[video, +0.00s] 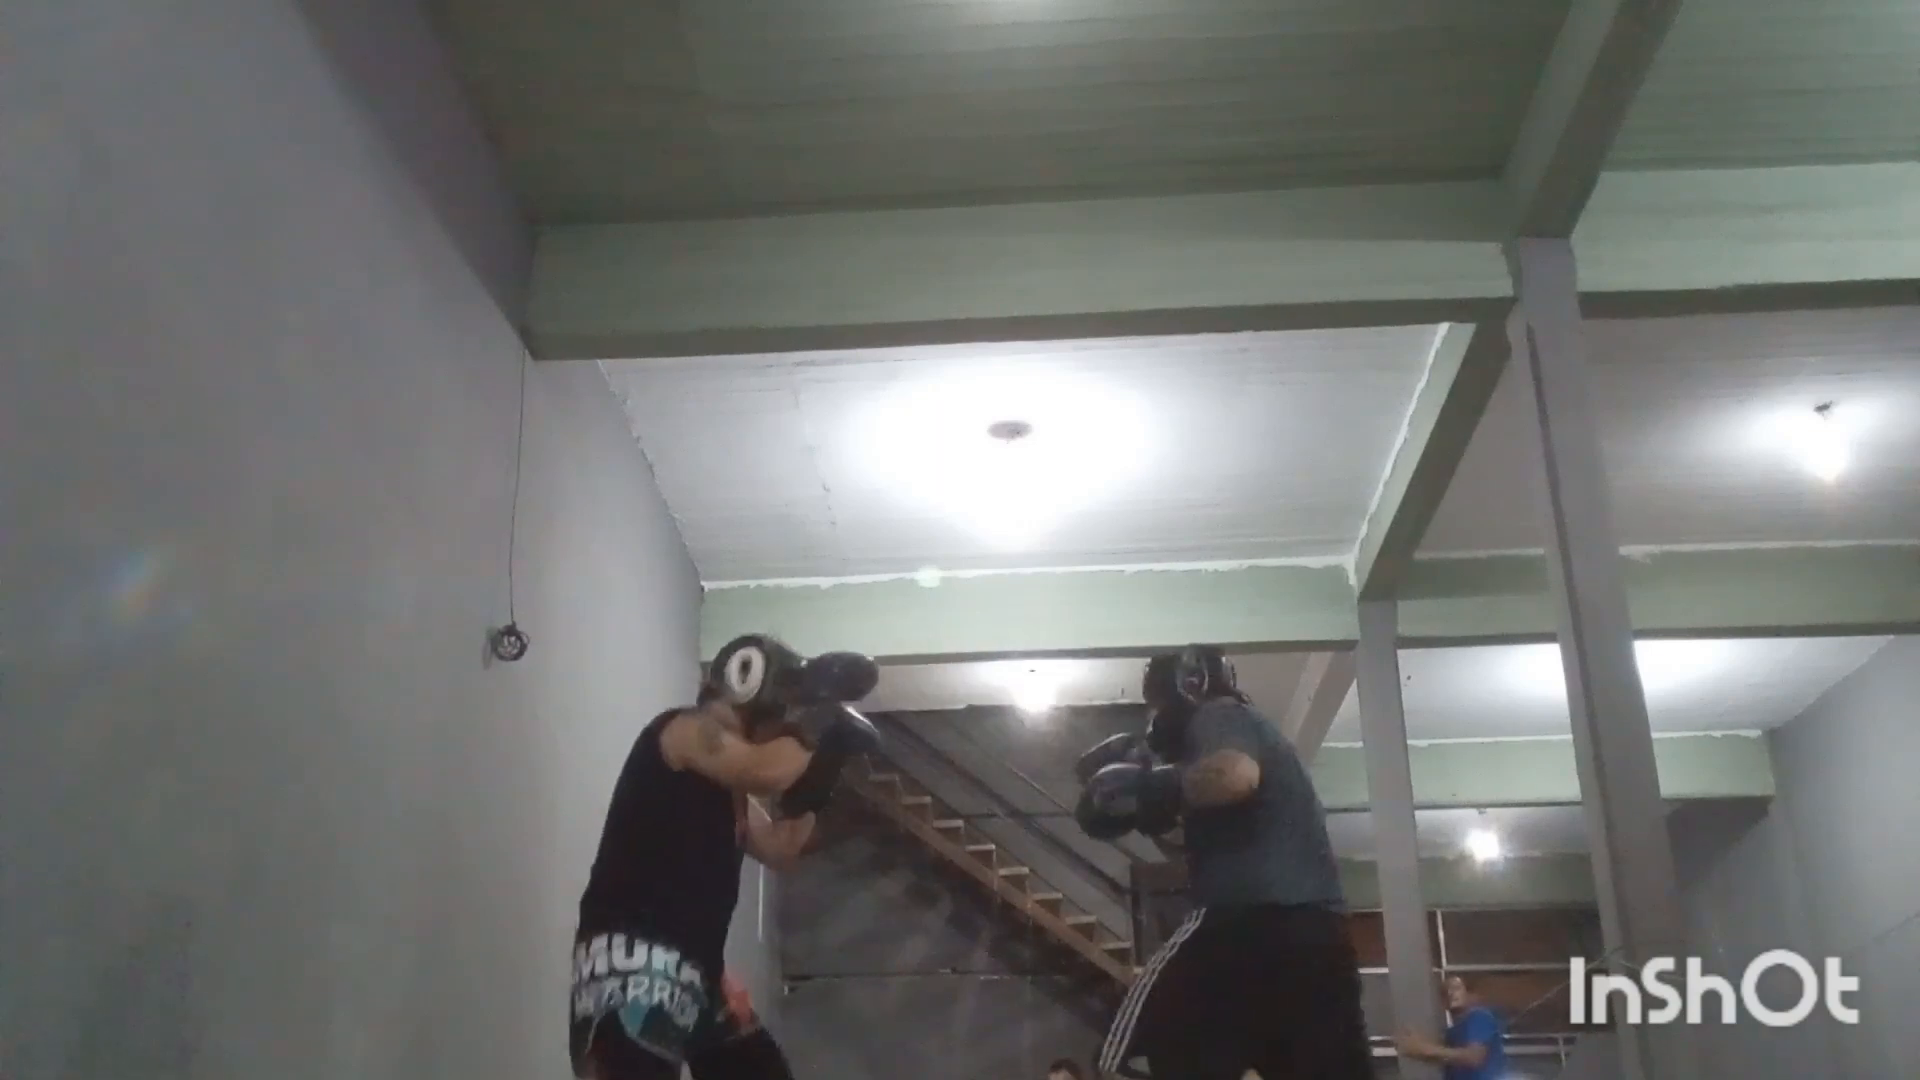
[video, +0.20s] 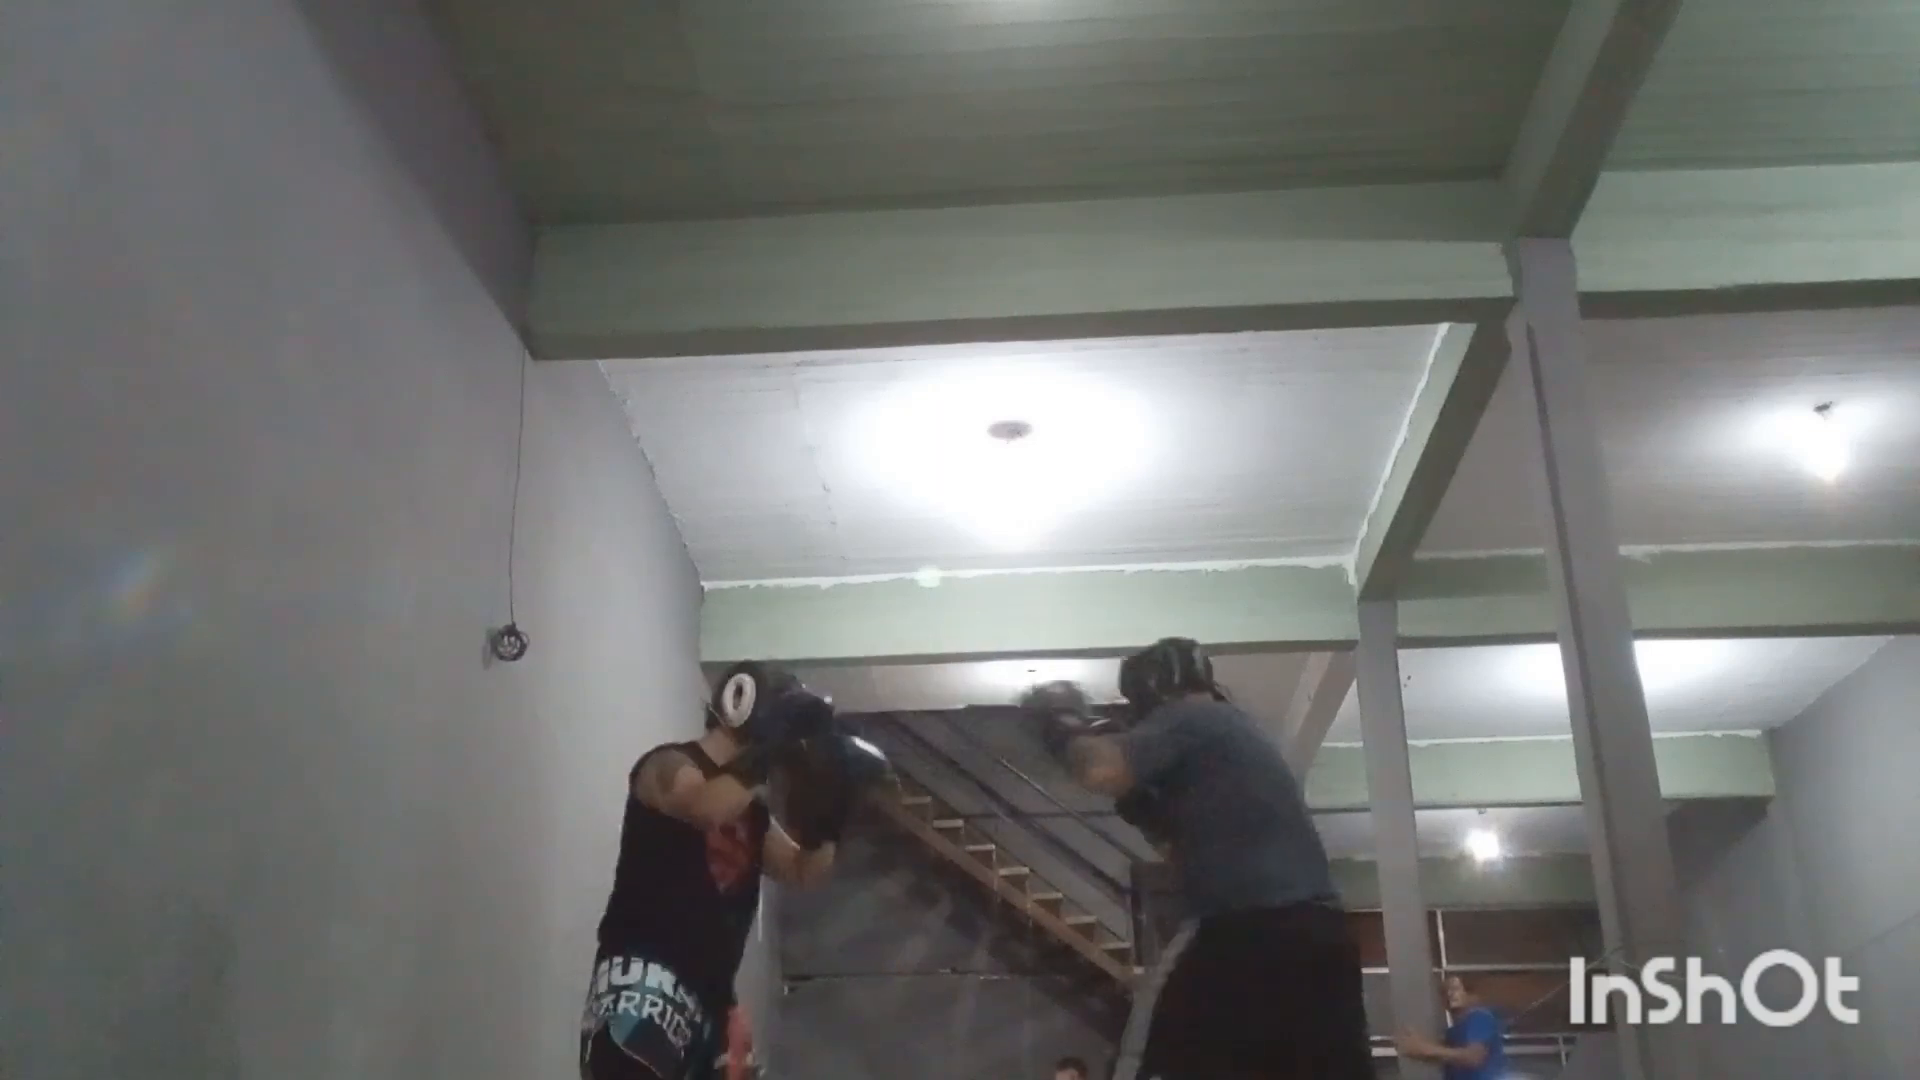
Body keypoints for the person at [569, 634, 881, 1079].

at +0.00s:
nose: (788, 725)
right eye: (785, 705)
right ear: (750, 682)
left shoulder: (724, 782)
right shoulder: (687, 730)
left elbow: (780, 848)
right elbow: (768, 770)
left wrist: (826, 766)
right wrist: (815, 726)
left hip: (695, 968)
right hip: (638, 958)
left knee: (759, 1071)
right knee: (638, 1068)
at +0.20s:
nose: (785, 725)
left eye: (790, 716)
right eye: (782, 712)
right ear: (742, 703)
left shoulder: (750, 809)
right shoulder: (664, 764)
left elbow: (806, 872)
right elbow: (708, 808)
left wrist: (835, 789)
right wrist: (768, 748)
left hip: (709, 998)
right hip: (644, 978)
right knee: (634, 1065)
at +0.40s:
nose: (776, 736)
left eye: (783, 725)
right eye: (767, 716)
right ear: (729, 705)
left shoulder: (753, 803)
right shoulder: (660, 767)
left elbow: (790, 881)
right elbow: (698, 810)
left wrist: (831, 821)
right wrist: (750, 747)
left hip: (722, 996)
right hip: (649, 982)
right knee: (626, 1067)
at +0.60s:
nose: (734, 751)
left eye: (736, 741)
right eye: (724, 736)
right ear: (692, 732)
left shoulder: (724, 819)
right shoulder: (628, 803)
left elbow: (755, 885)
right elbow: (674, 840)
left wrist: (797, 834)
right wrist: (713, 774)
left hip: (714, 1021)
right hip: (637, 1022)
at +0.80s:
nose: (713, 766)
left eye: (721, 755)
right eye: (705, 750)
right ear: (668, 744)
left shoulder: (713, 818)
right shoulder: (606, 814)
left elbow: (768, 880)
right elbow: (640, 861)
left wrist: (786, 814)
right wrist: (685, 785)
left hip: (707, 1022)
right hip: (622, 1027)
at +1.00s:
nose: (725, 786)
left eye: (728, 776)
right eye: (716, 774)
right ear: (690, 767)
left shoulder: (733, 835)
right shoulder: (623, 828)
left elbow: (808, 858)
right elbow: (660, 864)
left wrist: (810, 780)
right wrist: (698, 798)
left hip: (704, 1035)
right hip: (622, 1031)